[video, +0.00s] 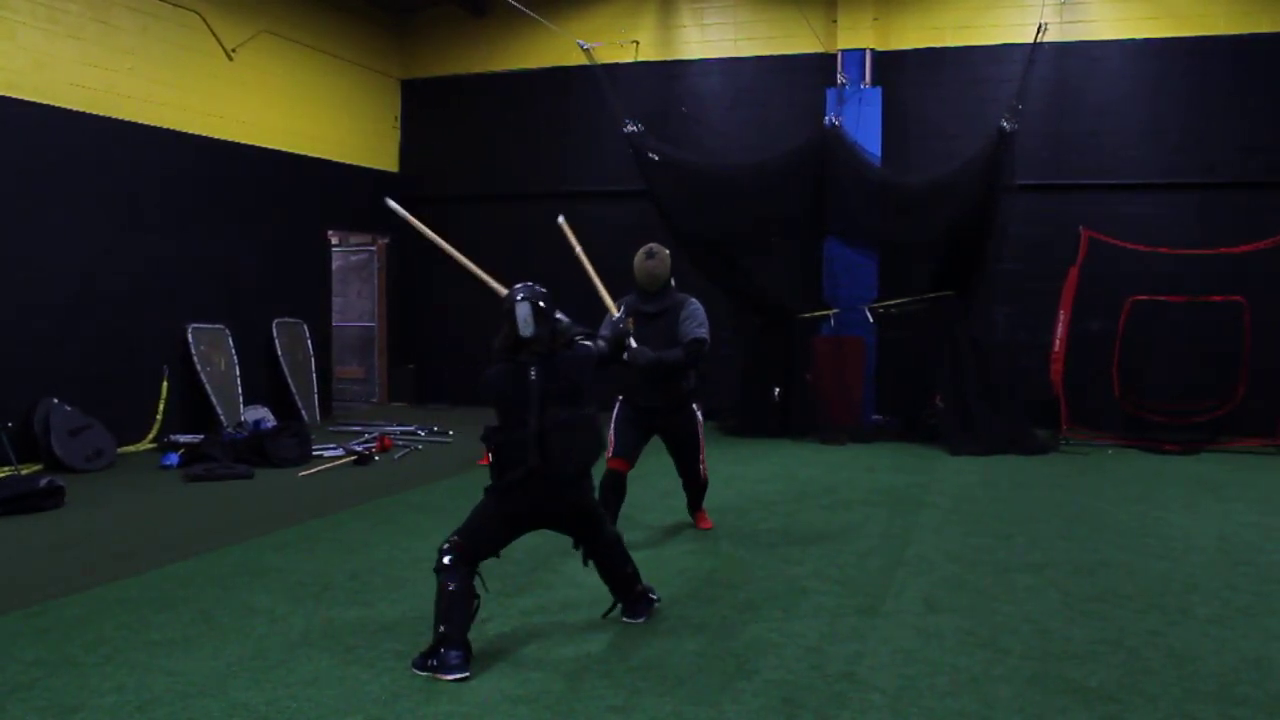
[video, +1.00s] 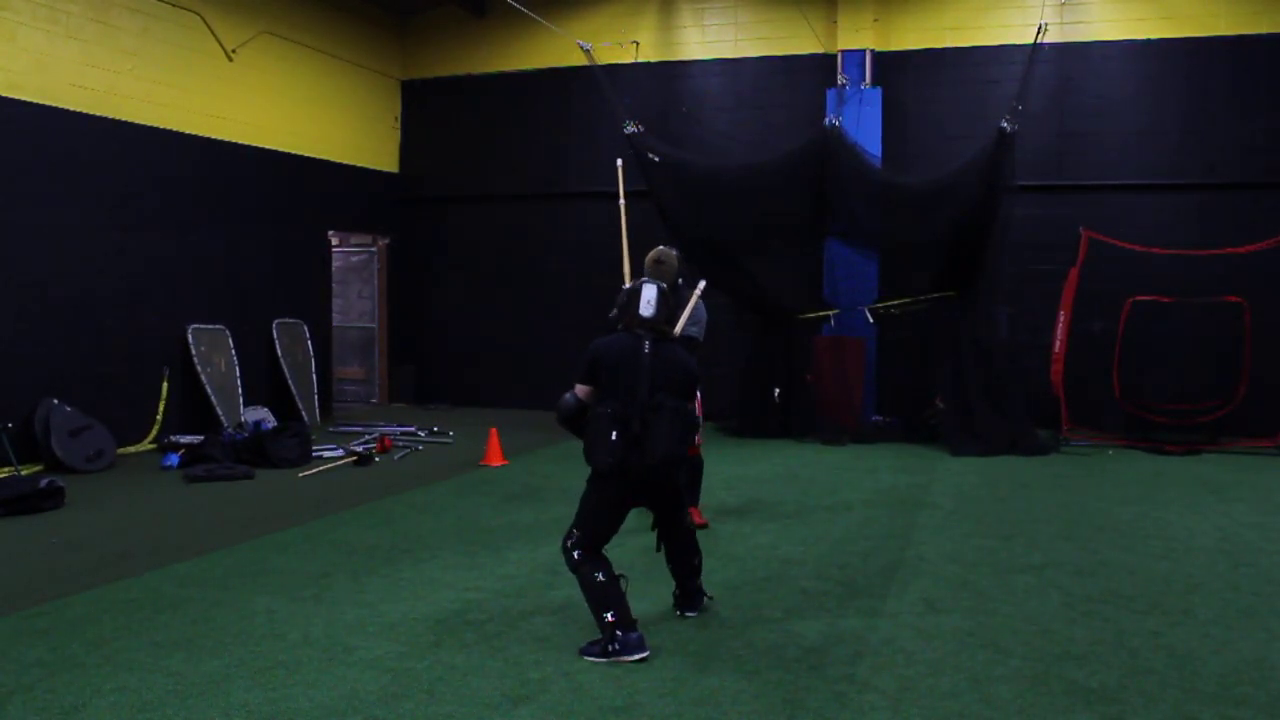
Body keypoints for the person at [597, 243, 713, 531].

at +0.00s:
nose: (649, 277)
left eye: (654, 272)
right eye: (645, 272)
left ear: (665, 275)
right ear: (636, 276)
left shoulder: (687, 307)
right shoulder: (623, 309)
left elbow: (696, 350)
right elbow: (601, 353)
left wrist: (651, 358)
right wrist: (616, 339)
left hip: (678, 401)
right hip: (634, 402)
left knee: (695, 472)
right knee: (616, 469)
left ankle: (697, 510)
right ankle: (603, 531)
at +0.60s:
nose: (677, 281)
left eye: (684, 275)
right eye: (674, 274)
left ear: (695, 277)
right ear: (667, 274)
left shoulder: (709, 306)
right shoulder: (651, 301)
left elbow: (714, 348)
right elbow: (634, 338)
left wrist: (670, 358)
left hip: (695, 389)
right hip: (656, 389)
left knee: (708, 450)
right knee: (640, 447)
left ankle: (697, 509)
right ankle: (632, 498)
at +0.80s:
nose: (665, 286)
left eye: (671, 280)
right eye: (661, 280)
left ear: (681, 282)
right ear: (652, 283)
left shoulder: (696, 312)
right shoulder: (644, 308)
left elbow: (688, 355)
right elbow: (627, 350)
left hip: (688, 392)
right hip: (650, 391)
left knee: (698, 447)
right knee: (643, 446)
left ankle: (696, 509)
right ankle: (635, 494)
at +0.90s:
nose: (659, 276)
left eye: (665, 270)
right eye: (655, 270)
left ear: (678, 276)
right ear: (648, 275)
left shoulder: (694, 307)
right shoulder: (642, 302)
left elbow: (683, 354)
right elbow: (629, 339)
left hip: (685, 386)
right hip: (646, 386)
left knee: (694, 445)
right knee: (649, 447)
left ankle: (696, 508)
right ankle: (653, 507)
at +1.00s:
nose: (659, 277)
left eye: (664, 272)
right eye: (655, 272)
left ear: (674, 274)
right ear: (650, 273)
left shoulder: (691, 302)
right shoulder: (633, 295)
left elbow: (690, 341)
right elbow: (616, 329)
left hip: (682, 382)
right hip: (643, 380)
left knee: (689, 441)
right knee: (643, 439)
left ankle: (691, 504)